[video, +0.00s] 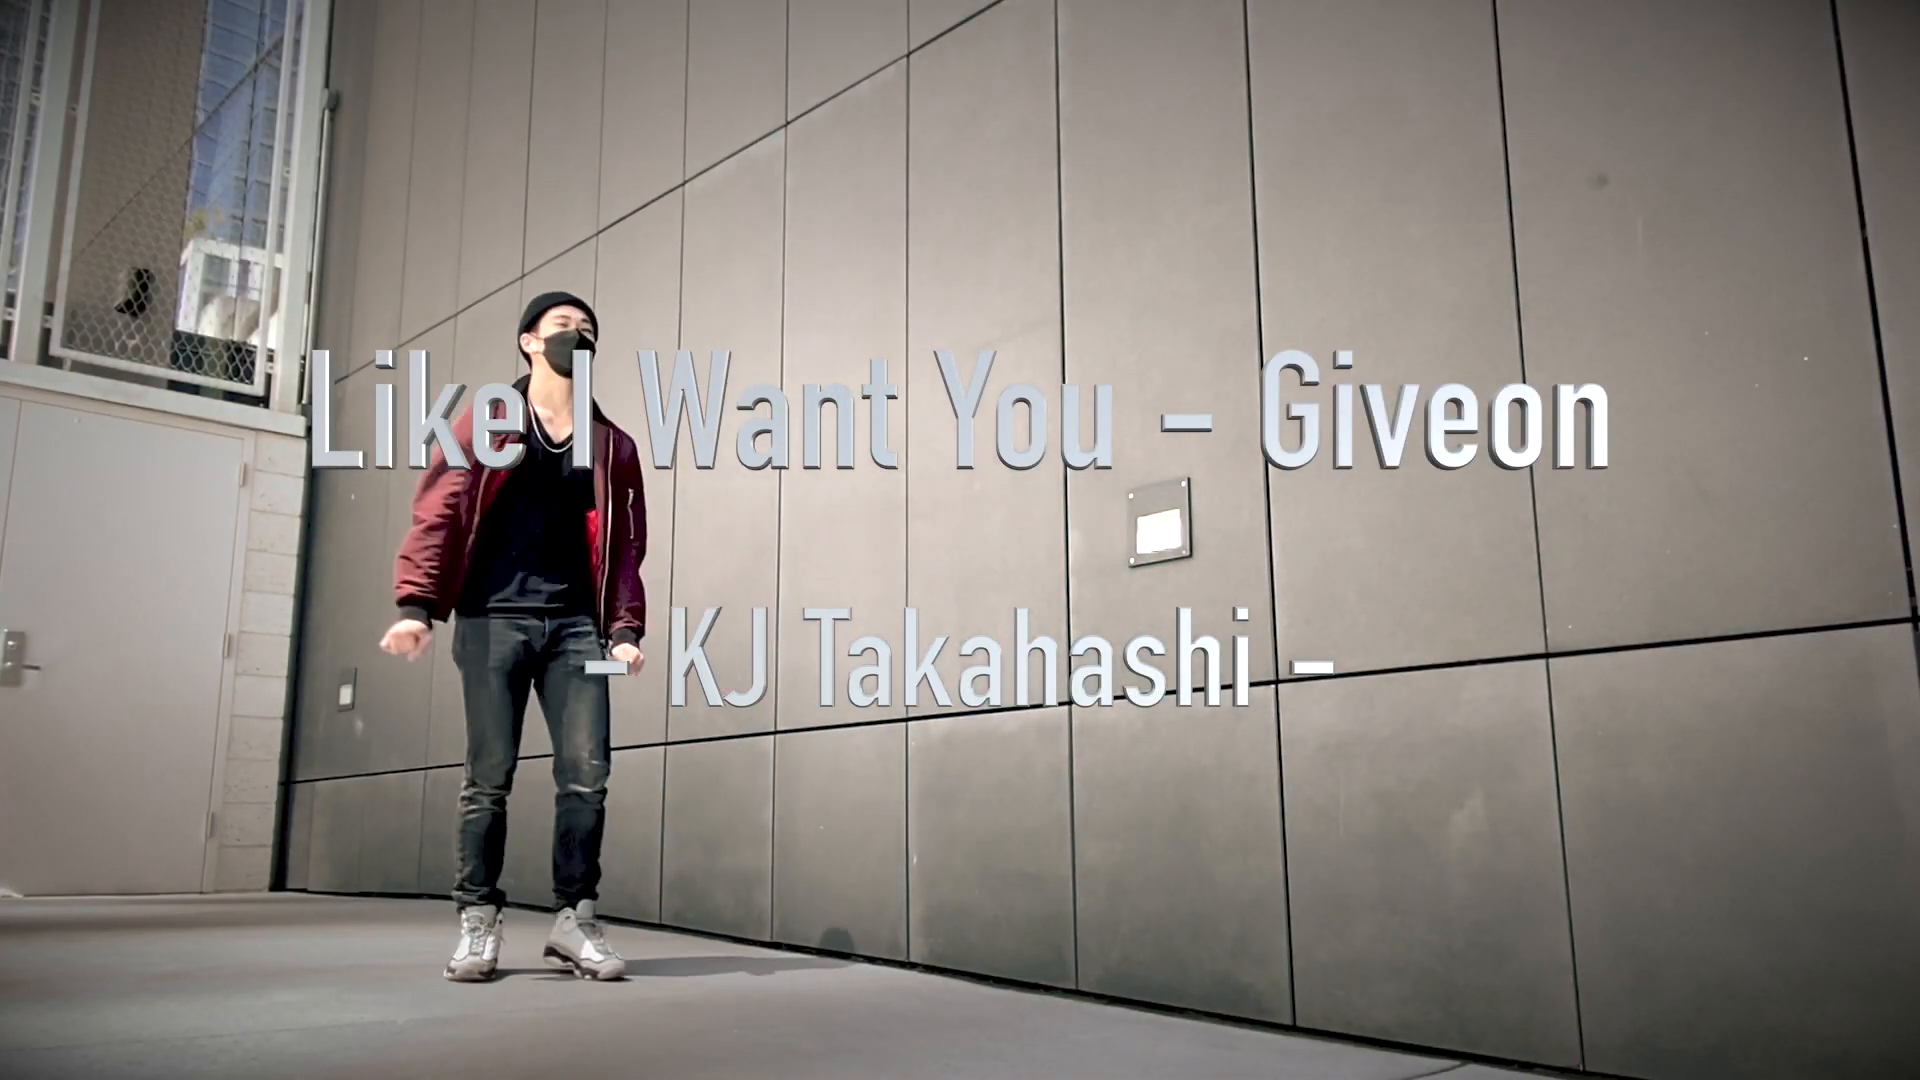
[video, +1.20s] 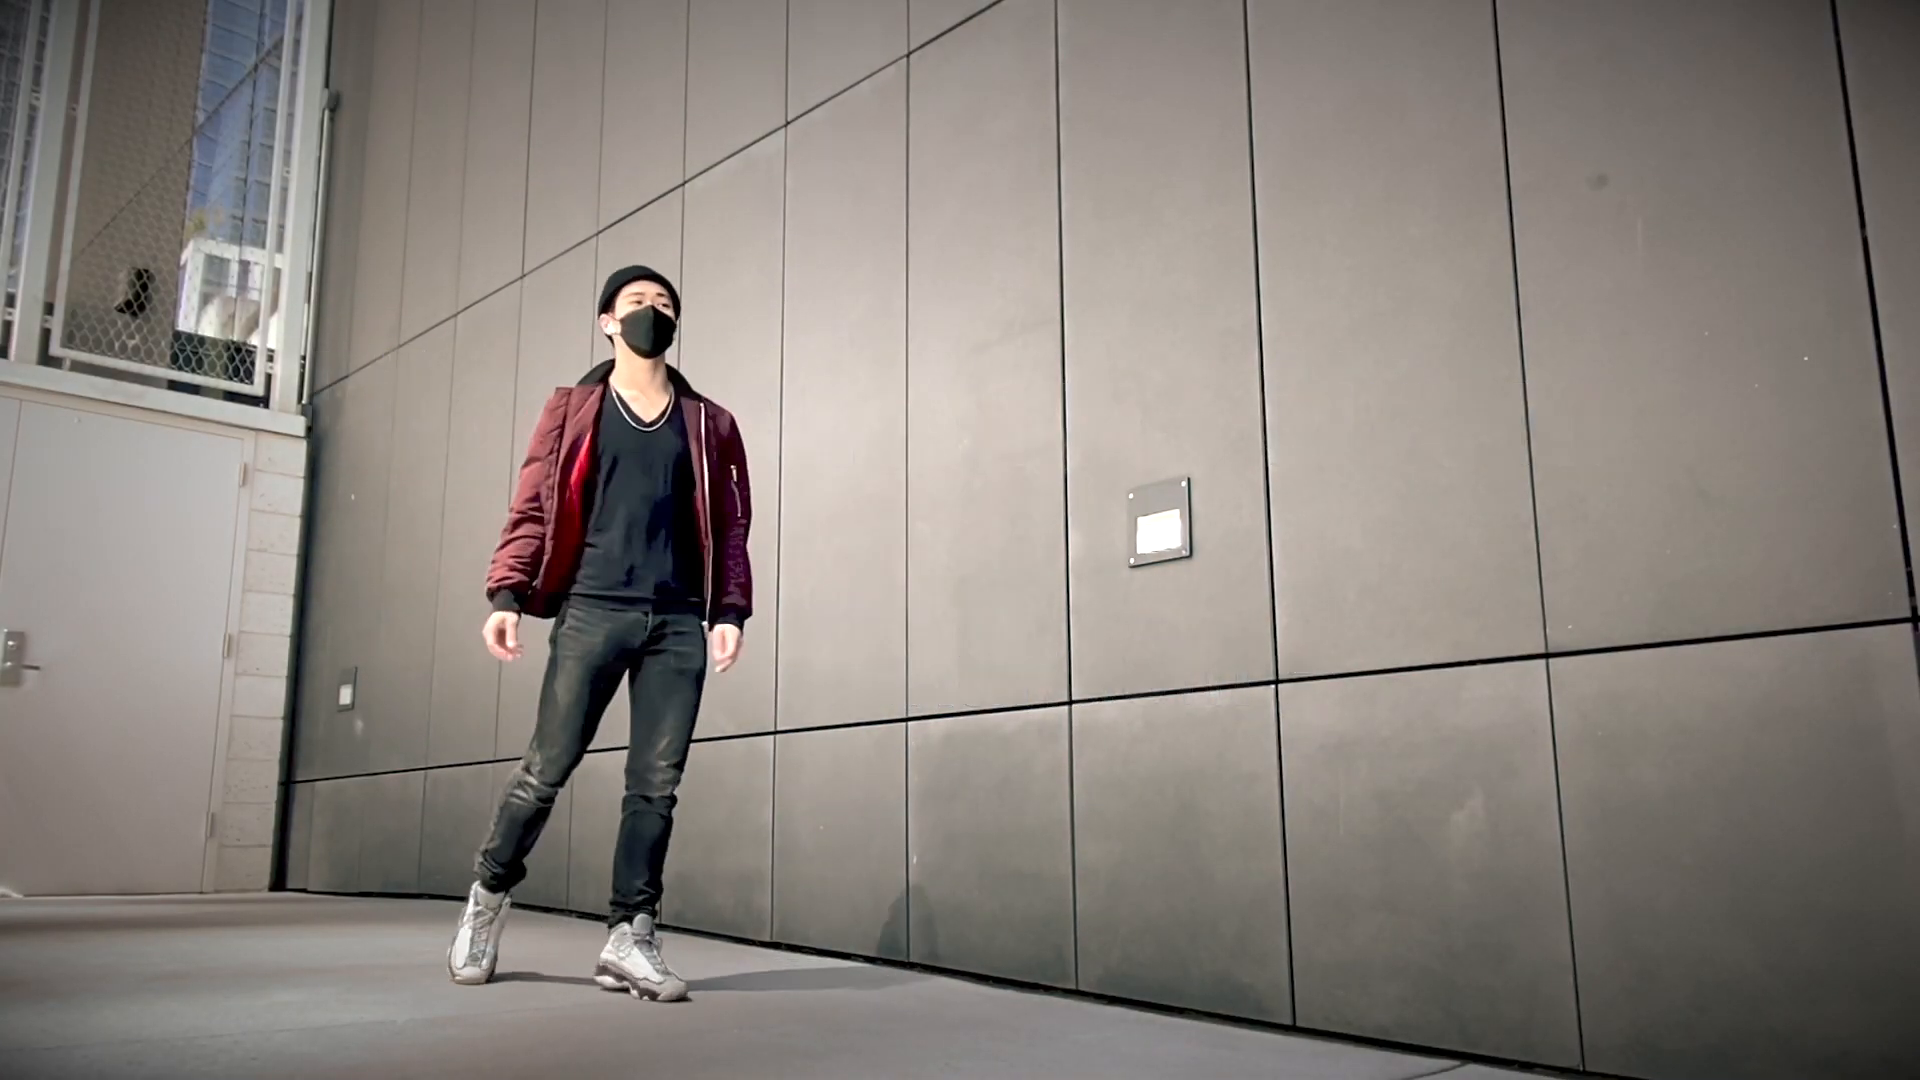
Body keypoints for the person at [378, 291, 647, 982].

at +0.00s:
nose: (575, 331)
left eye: (585, 326)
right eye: (560, 322)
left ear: (595, 350)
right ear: (528, 345)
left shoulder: (613, 443)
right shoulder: (482, 419)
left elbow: (627, 545)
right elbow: (436, 513)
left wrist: (625, 625)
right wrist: (415, 606)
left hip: (576, 625)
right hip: (492, 623)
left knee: (588, 775)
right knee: (490, 778)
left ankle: (575, 921)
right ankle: (477, 923)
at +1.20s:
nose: (651, 306)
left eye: (663, 300)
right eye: (635, 299)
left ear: (676, 327)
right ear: (606, 325)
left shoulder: (711, 422)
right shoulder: (570, 409)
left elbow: (731, 525)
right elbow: (533, 505)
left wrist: (731, 610)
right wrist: (506, 595)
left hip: (679, 623)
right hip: (590, 616)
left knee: (656, 786)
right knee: (545, 775)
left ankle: (630, 939)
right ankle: (485, 907)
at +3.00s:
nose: (653, 346)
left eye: (656, 336)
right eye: (639, 332)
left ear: (644, 346)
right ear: (591, 335)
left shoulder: (653, 431)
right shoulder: (541, 411)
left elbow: (687, 517)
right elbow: (568, 514)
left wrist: (744, 605)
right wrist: (647, 606)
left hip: (577, 628)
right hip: (499, 618)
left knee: (607, 778)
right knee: (516, 787)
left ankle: (575, 948)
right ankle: (423, 902)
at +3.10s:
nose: (631, 328)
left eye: (636, 319)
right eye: (616, 316)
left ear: (638, 330)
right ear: (571, 322)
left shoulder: (647, 417)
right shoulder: (521, 400)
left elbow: (667, 503)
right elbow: (548, 507)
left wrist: (697, 588)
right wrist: (635, 583)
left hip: (572, 612)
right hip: (490, 604)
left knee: (581, 770)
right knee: (493, 774)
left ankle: (565, 944)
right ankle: (423, 904)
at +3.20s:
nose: (604, 309)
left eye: (614, 302)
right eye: (587, 298)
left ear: (623, 317)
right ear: (550, 310)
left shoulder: (641, 402)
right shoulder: (503, 387)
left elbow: (644, 493)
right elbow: (525, 494)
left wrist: (647, 577)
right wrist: (623, 563)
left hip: (572, 602)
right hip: (487, 595)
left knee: (560, 769)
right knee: (474, 765)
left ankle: (556, 941)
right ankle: (437, 908)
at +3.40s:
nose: (541, 285)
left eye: (558, 274)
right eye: (527, 275)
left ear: (586, 291)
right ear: (510, 293)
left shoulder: (618, 380)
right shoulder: (478, 378)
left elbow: (576, 460)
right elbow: (477, 476)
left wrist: (500, 527)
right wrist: (562, 531)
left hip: (562, 597)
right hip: (483, 590)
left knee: (531, 770)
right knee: (445, 762)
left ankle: (536, 946)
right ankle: (461, 903)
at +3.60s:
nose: (483, 279)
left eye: (497, 264)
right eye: (478, 269)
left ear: (546, 272)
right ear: (479, 282)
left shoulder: (576, 352)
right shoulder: (476, 373)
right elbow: (446, 459)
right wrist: (435, 518)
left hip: (566, 582)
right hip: (507, 586)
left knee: (488, 756)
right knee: (484, 757)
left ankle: (515, 939)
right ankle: (513, 923)